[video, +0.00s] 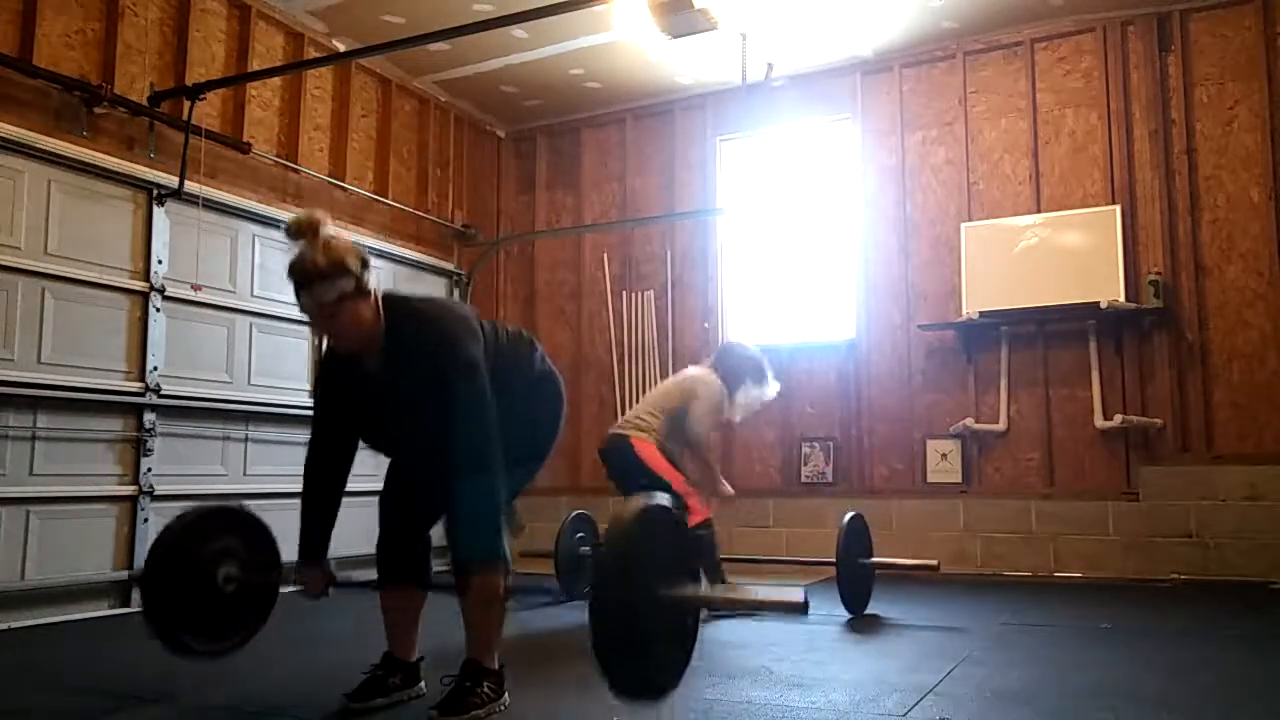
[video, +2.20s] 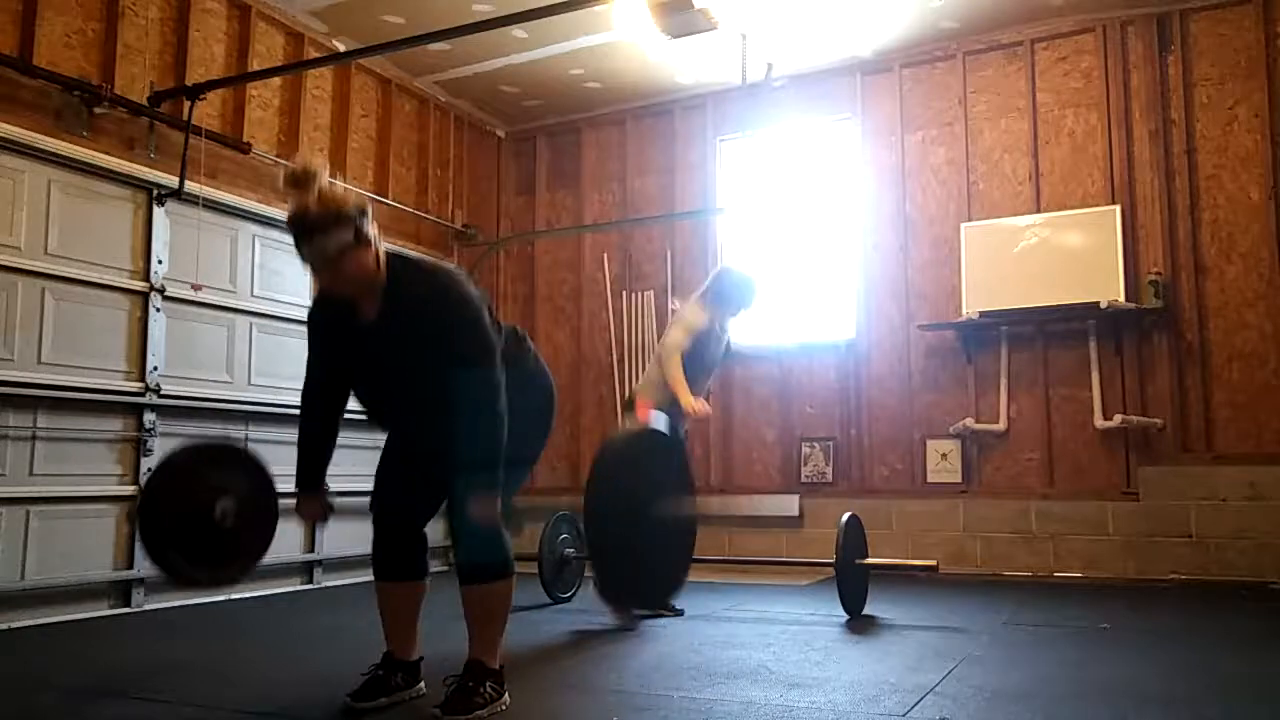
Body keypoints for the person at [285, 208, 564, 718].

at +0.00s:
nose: (322, 324)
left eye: (332, 308)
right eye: (312, 313)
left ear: (366, 298)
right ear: (305, 312)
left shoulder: (442, 335)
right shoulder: (339, 369)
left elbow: (478, 464)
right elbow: (326, 463)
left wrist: (483, 563)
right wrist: (313, 555)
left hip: (518, 405)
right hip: (435, 429)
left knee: (474, 528)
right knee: (400, 521)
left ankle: (484, 673)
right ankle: (401, 665)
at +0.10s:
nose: (334, 287)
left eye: (343, 270)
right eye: (323, 276)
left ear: (373, 258)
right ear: (315, 278)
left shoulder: (446, 302)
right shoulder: (337, 336)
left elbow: (483, 412)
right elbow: (330, 424)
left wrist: (488, 513)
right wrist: (318, 514)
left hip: (514, 395)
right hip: (434, 415)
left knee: (484, 521)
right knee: (406, 519)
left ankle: (485, 670)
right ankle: (402, 664)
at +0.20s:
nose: (351, 249)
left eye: (357, 232)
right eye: (335, 242)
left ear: (380, 216)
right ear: (322, 243)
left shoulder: (444, 267)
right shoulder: (340, 296)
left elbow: (500, 361)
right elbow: (335, 383)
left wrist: (499, 459)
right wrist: (325, 462)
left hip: (496, 393)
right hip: (428, 403)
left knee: (482, 513)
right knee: (407, 520)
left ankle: (485, 669)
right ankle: (403, 663)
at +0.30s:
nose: (348, 213)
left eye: (355, 196)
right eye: (333, 206)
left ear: (382, 183)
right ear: (320, 209)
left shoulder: (444, 233)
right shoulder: (339, 263)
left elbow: (509, 316)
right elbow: (335, 342)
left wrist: (506, 408)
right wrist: (330, 417)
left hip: (494, 381)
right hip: (425, 391)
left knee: (482, 507)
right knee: (412, 514)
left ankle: (488, 665)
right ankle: (404, 661)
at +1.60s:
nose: (363, 183)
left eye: (369, 166)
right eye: (347, 175)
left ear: (393, 146)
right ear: (330, 171)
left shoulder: (451, 194)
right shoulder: (345, 226)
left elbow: (525, 259)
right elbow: (336, 301)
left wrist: (502, 347)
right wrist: (327, 365)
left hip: (494, 371)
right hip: (425, 377)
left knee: (477, 515)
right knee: (404, 514)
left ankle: (486, 670)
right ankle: (403, 663)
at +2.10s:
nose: (325, 239)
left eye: (332, 224)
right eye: (316, 228)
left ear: (369, 205)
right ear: (313, 224)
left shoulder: (437, 253)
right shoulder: (332, 277)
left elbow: (491, 342)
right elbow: (328, 359)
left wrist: (491, 430)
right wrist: (318, 438)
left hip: (494, 393)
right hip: (422, 401)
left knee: (479, 517)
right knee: (402, 517)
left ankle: (485, 669)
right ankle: (403, 662)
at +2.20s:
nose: (326, 281)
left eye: (335, 263)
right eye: (317, 267)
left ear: (369, 246)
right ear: (311, 263)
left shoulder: (442, 293)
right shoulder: (330, 314)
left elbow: (482, 393)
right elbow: (321, 400)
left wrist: (482, 482)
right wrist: (310, 484)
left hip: (500, 409)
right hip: (422, 419)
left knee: (475, 515)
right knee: (394, 514)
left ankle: (485, 670)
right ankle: (401, 664)